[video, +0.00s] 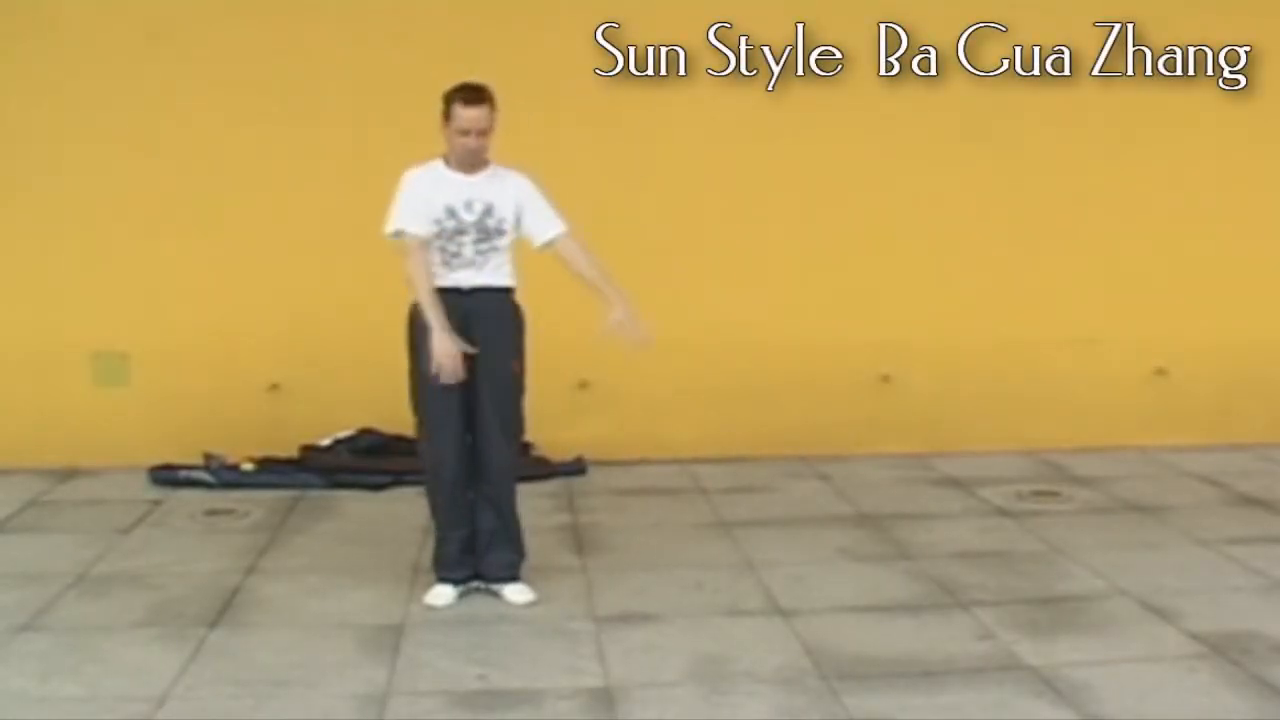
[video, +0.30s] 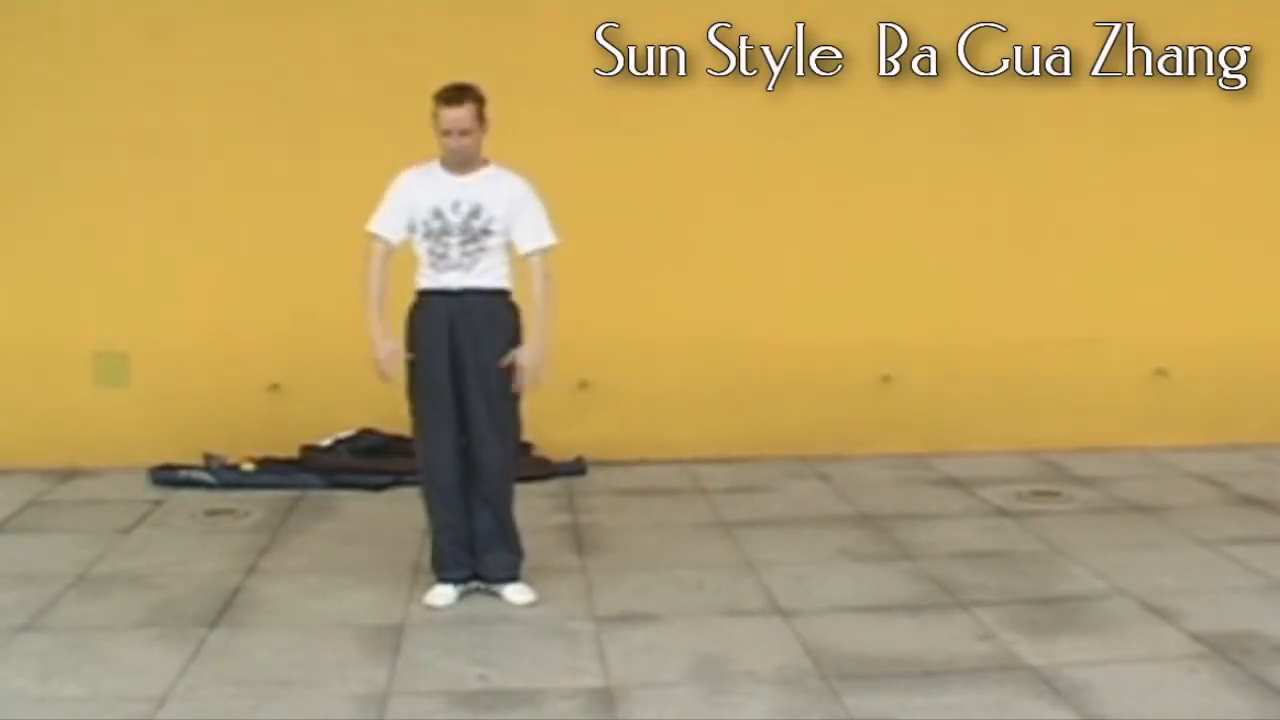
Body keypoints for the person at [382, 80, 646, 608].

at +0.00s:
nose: (475, 142)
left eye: (483, 132)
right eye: (465, 132)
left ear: (493, 131)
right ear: (445, 131)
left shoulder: (513, 186)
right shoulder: (420, 183)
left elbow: (564, 244)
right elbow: (416, 261)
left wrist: (615, 299)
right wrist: (439, 331)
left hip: (495, 314)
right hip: (437, 314)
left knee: (498, 445)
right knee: (445, 448)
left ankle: (501, 568)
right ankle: (452, 570)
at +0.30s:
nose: (455, 141)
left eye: (464, 131)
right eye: (446, 132)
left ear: (483, 130)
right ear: (435, 133)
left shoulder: (509, 186)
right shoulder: (412, 184)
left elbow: (540, 266)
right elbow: (379, 251)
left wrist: (535, 343)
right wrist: (380, 332)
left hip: (489, 311)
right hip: (433, 314)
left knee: (493, 447)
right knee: (439, 448)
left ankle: (500, 568)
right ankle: (451, 570)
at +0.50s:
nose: (442, 140)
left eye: (451, 130)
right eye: (434, 131)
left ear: (473, 130)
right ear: (425, 132)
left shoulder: (501, 188)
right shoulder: (408, 185)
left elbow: (514, 270)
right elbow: (373, 245)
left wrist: (476, 337)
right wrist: (357, 313)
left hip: (484, 310)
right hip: (426, 310)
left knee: (486, 446)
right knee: (432, 448)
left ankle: (499, 567)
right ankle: (450, 570)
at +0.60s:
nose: (444, 140)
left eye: (453, 130)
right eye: (435, 131)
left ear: (472, 129)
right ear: (422, 132)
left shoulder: (496, 188)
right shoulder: (403, 187)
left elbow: (494, 268)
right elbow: (377, 248)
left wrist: (428, 309)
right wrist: (350, 300)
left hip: (478, 316)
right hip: (420, 317)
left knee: (485, 447)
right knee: (430, 449)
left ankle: (496, 568)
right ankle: (449, 571)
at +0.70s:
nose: (450, 142)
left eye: (459, 132)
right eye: (440, 133)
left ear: (472, 133)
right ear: (423, 135)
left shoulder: (494, 188)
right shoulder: (398, 189)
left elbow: (471, 255)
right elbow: (374, 255)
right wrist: (326, 290)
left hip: (474, 321)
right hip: (419, 322)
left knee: (480, 450)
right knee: (426, 451)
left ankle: (493, 574)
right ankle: (449, 573)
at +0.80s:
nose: (454, 145)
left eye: (462, 136)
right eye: (444, 136)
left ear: (473, 138)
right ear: (425, 138)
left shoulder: (491, 186)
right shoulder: (396, 190)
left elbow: (478, 233)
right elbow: (368, 255)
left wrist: (421, 179)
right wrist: (336, 275)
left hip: (471, 324)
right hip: (413, 325)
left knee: (475, 456)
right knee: (422, 456)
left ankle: (482, 586)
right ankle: (445, 575)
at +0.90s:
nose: (455, 150)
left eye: (462, 139)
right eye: (445, 139)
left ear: (471, 141)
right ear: (423, 140)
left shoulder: (482, 196)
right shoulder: (391, 194)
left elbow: (503, 200)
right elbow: (353, 263)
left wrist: (475, 144)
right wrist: (396, 265)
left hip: (468, 324)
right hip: (410, 324)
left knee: (468, 463)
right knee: (416, 463)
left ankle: (465, 601)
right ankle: (443, 575)